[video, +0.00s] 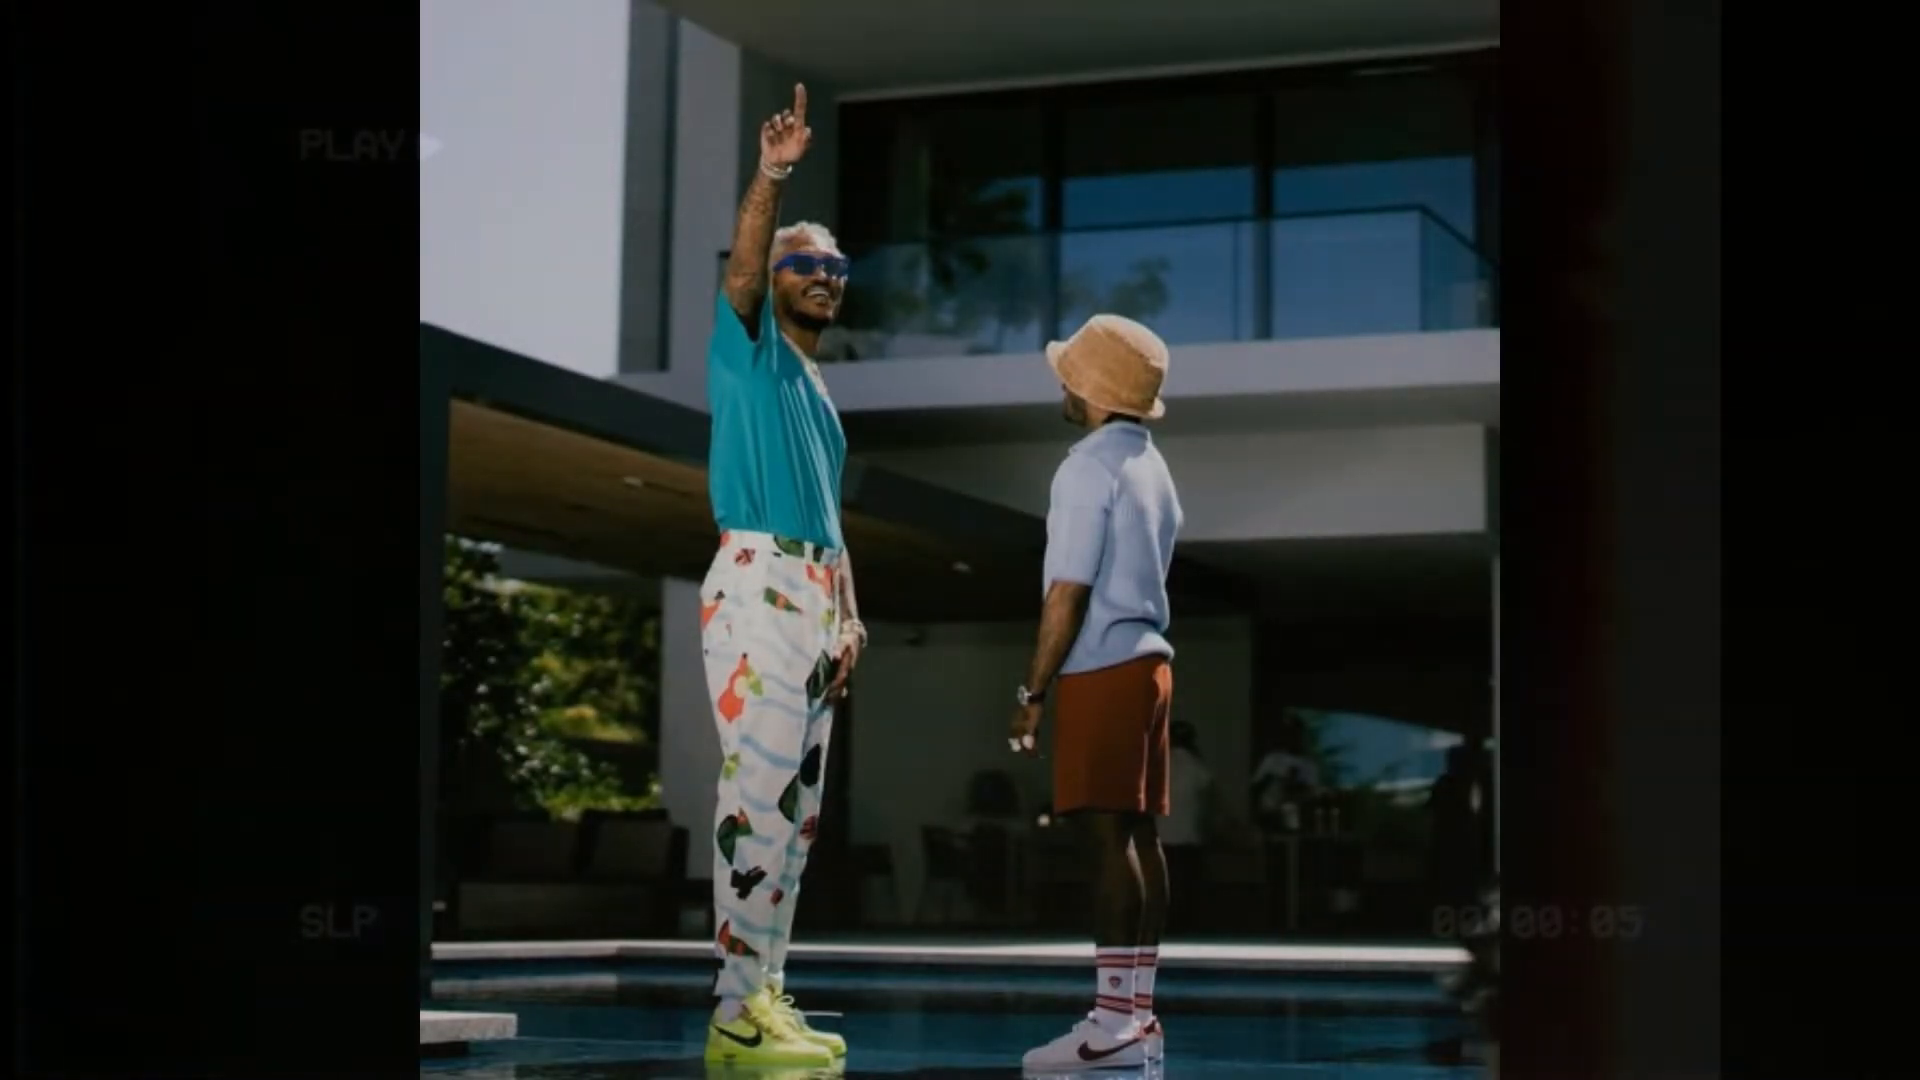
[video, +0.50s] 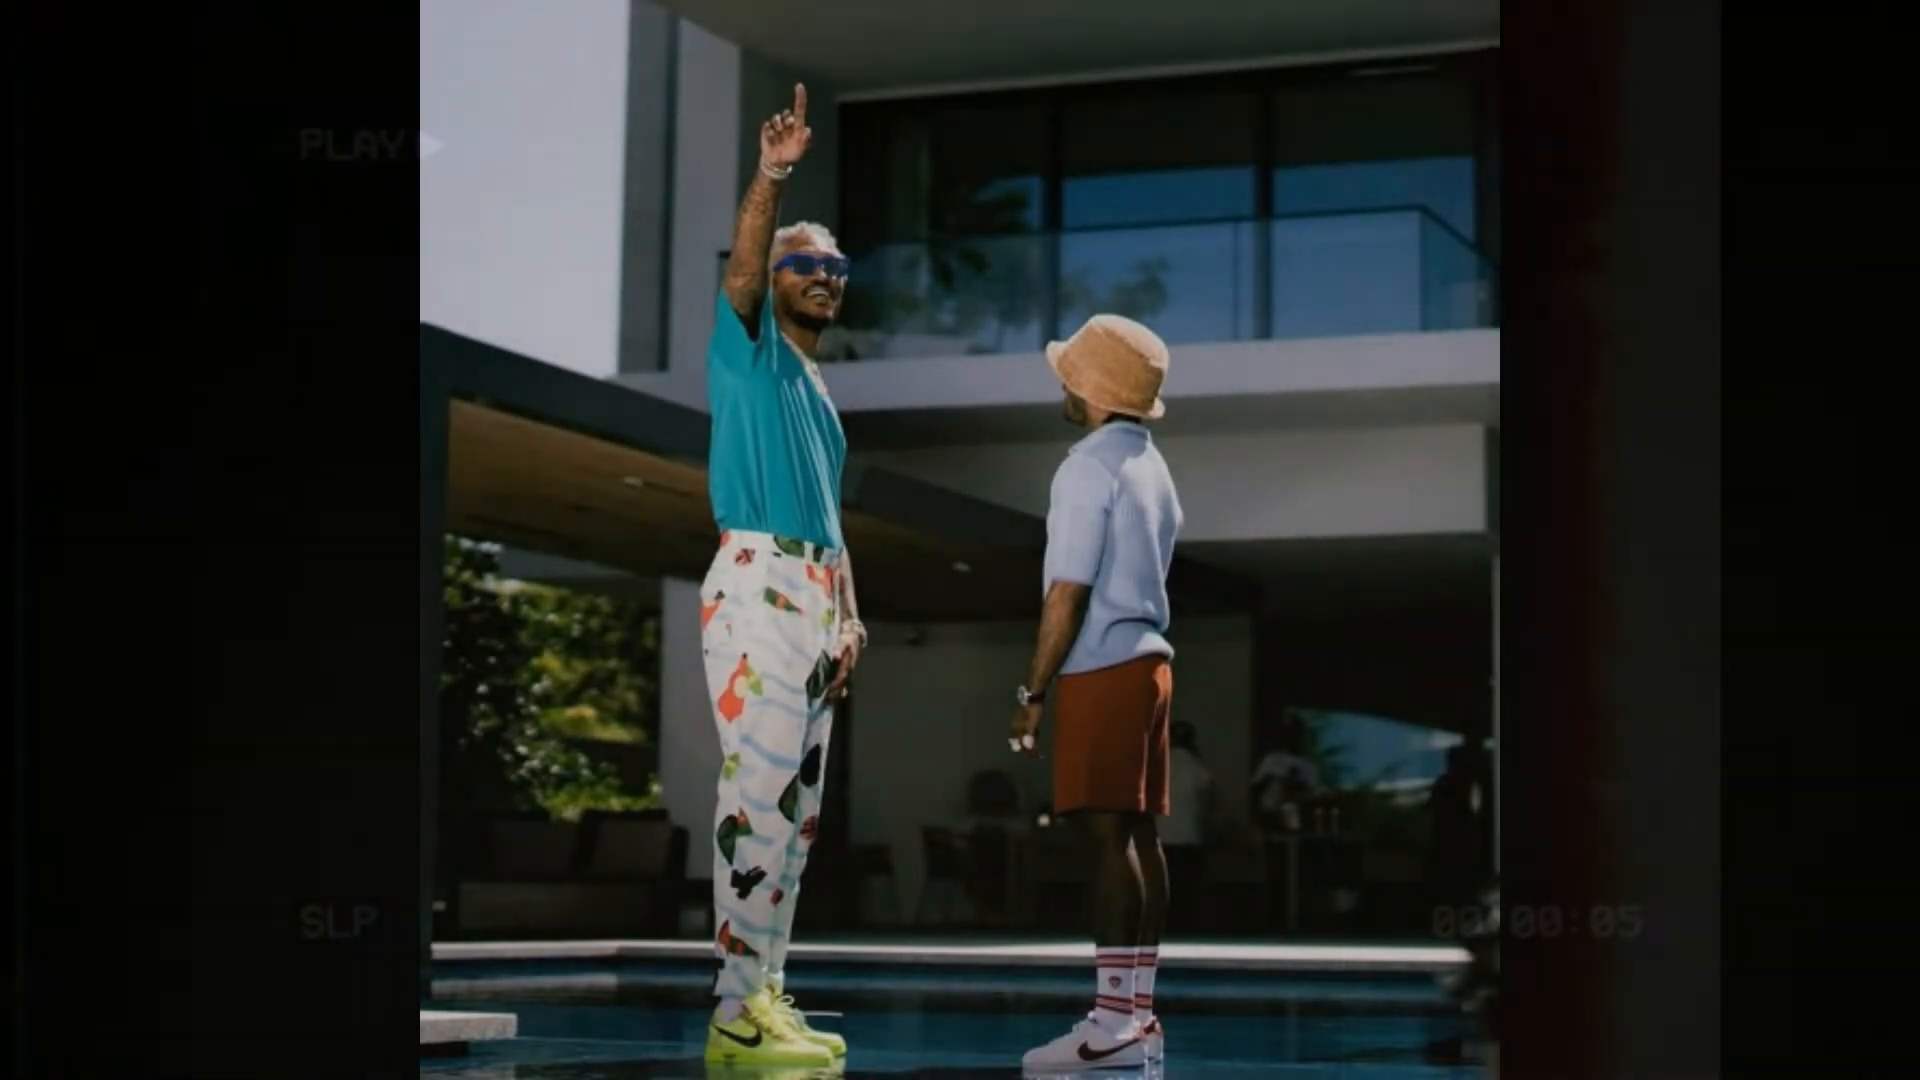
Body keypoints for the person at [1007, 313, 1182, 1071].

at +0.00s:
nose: (1064, 389)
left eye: (1072, 379)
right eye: (1069, 378)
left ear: (1092, 392)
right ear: (1131, 395)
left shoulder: (1088, 468)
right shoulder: (1148, 463)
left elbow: (1067, 596)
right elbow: (1148, 577)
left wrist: (1031, 691)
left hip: (1104, 669)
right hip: (1147, 666)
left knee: (1108, 838)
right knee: (1140, 837)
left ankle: (1116, 1014)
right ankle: (1135, 1011)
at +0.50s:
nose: (1064, 389)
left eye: (1072, 379)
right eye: (1069, 377)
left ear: (1092, 391)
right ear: (1131, 394)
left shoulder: (1088, 468)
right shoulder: (1148, 463)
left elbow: (1067, 594)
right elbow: (1146, 579)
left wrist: (1031, 691)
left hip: (1104, 669)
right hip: (1146, 666)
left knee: (1107, 838)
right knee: (1140, 837)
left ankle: (1116, 1014)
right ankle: (1135, 1011)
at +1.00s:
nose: (1064, 389)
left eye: (1072, 379)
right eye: (1069, 377)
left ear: (1091, 392)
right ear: (1131, 394)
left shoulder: (1088, 468)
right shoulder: (1148, 463)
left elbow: (1067, 595)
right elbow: (1146, 578)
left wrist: (1031, 691)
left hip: (1104, 670)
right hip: (1146, 666)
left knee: (1108, 838)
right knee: (1141, 838)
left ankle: (1115, 1014)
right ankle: (1135, 1011)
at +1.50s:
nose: (1064, 388)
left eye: (1072, 378)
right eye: (1069, 376)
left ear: (1091, 391)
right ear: (1131, 394)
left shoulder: (1088, 468)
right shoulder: (1148, 463)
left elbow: (1067, 595)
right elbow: (1147, 577)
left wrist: (1031, 691)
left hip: (1104, 670)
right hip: (1146, 666)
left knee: (1108, 838)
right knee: (1139, 837)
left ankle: (1116, 1014)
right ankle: (1135, 1011)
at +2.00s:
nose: (1064, 388)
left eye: (1072, 379)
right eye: (1069, 377)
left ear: (1091, 391)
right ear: (1131, 394)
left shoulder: (1088, 468)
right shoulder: (1148, 463)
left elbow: (1067, 595)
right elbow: (1147, 577)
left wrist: (1031, 691)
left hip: (1104, 670)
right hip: (1147, 666)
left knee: (1107, 837)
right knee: (1139, 837)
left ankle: (1116, 1014)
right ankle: (1134, 1011)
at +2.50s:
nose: (1064, 387)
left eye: (1072, 378)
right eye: (1068, 376)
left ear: (1092, 390)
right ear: (1130, 393)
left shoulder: (1087, 468)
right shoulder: (1147, 463)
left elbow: (1067, 595)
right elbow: (1148, 579)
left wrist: (1031, 691)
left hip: (1104, 669)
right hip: (1146, 666)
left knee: (1109, 838)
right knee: (1139, 837)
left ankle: (1116, 1015)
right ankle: (1135, 1013)